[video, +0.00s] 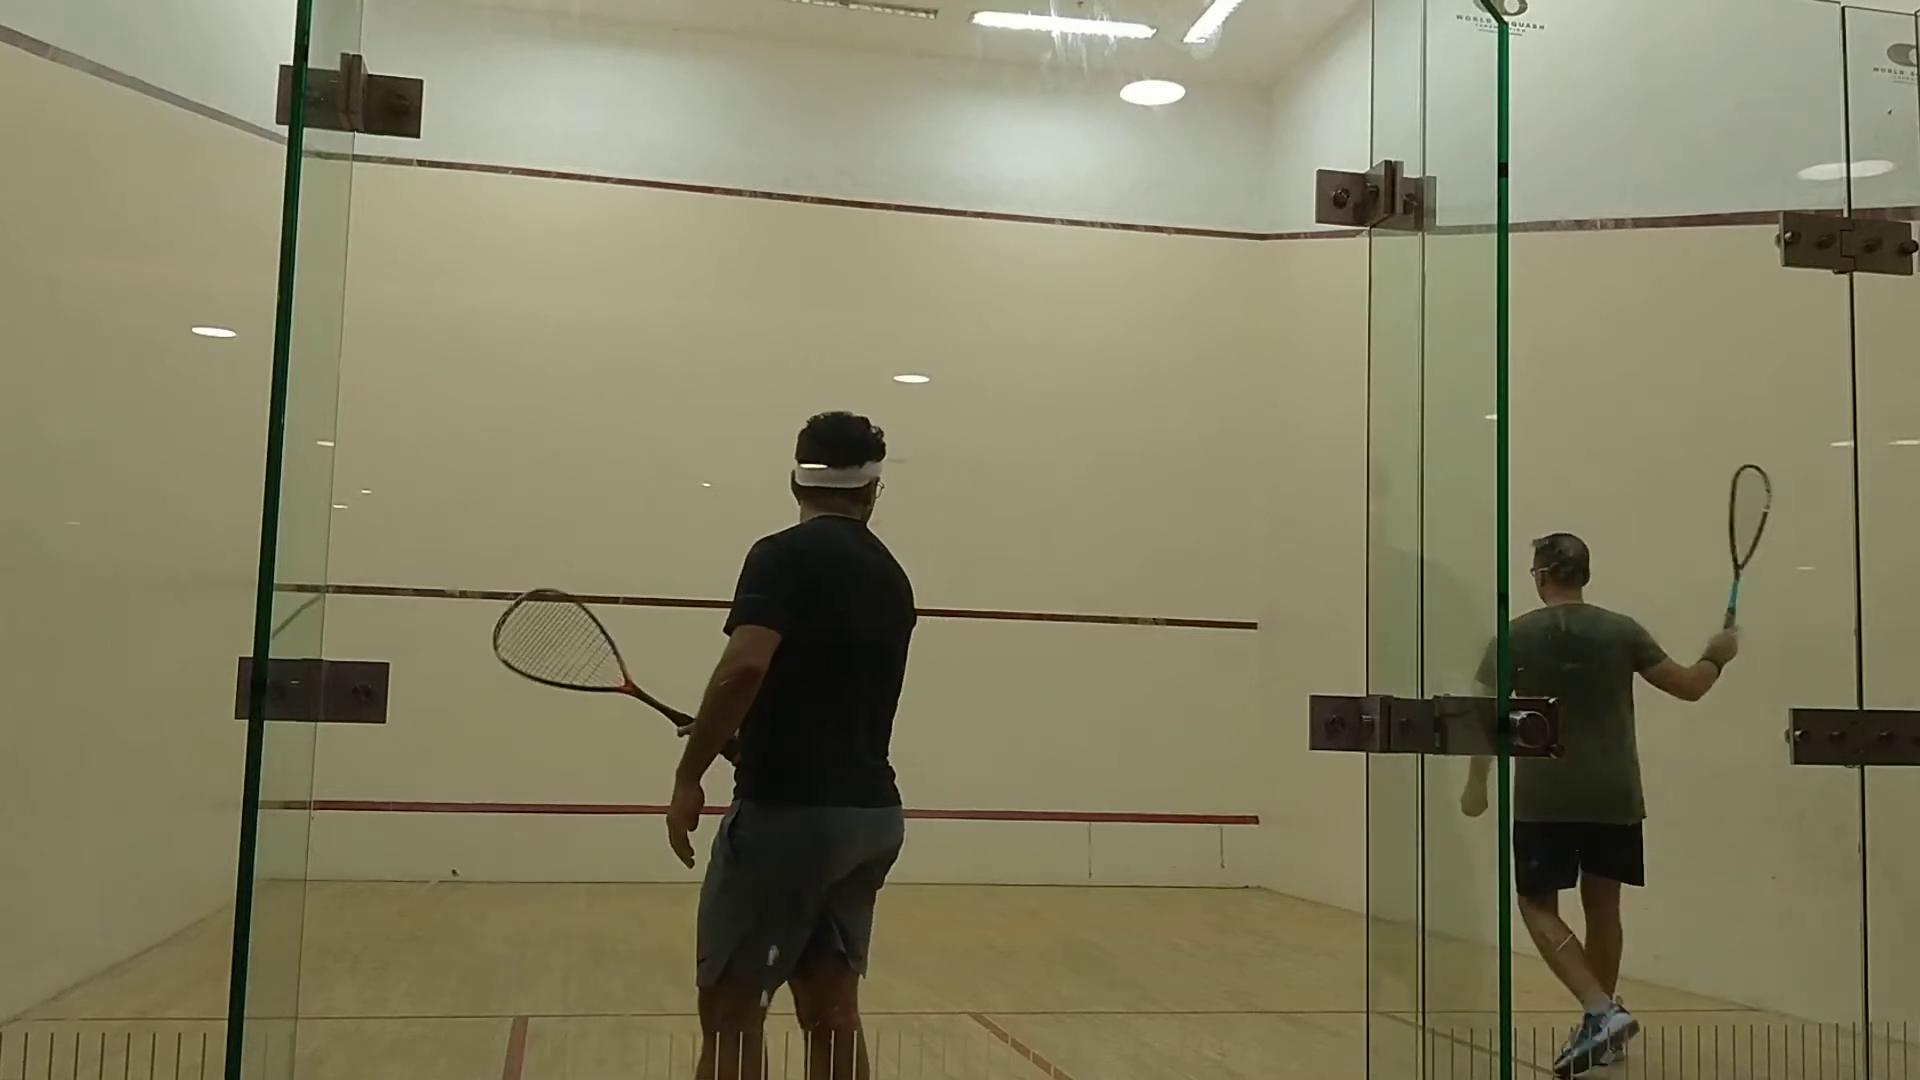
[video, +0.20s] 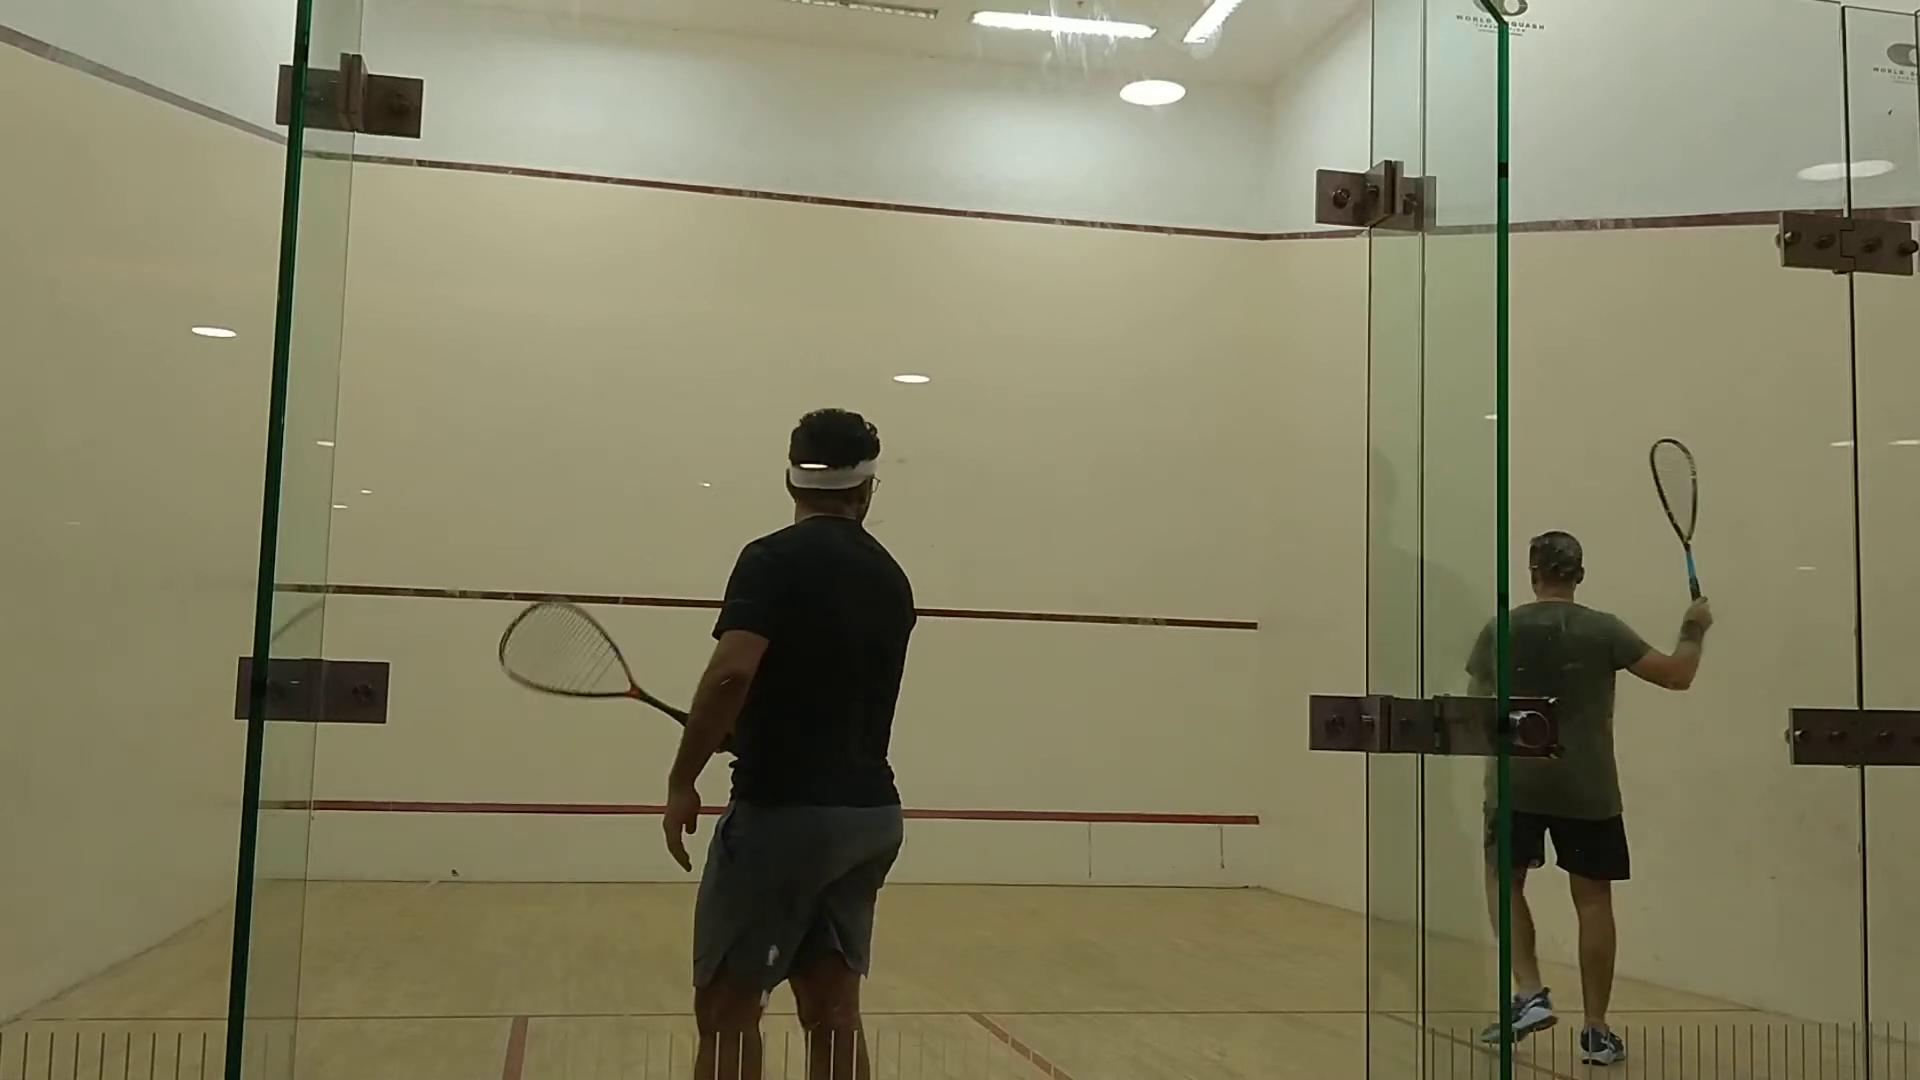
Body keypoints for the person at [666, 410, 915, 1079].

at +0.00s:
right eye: (874, 483)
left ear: (798, 484)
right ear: (874, 491)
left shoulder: (779, 555)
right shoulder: (891, 576)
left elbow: (744, 669)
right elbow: (855, 704)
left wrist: (688, 775)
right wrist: (748, 737)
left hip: (781, 821)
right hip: (871, 819)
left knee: (731, 1009)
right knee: (830, 1003)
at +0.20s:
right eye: (870, 482)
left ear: (792, 483)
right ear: (869, 488)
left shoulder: (769, 558)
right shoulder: (891, 578)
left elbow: (731, 673)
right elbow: (851, 697)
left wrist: (683, 779)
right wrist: (748, 729)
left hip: (776, 823)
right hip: (870, 820)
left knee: (727, 1011)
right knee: (832, 1009)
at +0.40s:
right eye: (864, 479)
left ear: (786, 481)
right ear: (863, 486)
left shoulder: (760, 561)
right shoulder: (895, 579)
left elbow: (716, 672)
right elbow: (858, 701)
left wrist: (666, 776)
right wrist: (763, 746)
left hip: (774, 823)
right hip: (870, 820)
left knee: (726, 1009)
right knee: (833, 1006)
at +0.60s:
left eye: (793, 469)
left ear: (781, 477)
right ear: (859, 482)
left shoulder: (751, 563)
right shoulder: (897, 580)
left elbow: (700, 674)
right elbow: (893, 707)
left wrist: (653, 772)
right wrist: (801, 757)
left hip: (772, 824)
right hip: (871, 821)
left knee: (727, 1012)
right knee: (834, 1004)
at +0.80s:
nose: (781, 476)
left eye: (776, 468)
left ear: (774, 476)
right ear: (854, 479)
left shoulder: (762, 562)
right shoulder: (895, 576)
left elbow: (716, 673)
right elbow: (896, 706)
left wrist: (657, 764)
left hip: (785, 820)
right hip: (876, 819)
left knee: (732, 1006)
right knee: (830, 1002)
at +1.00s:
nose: (765, 478)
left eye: (767, 468)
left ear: (770, 479)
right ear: (850, 481)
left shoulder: (784, 559)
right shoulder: (882, 565)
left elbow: (773, 671)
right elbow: (862, 700)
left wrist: (700, 781)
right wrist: (780, 801)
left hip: (805, 818)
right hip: (883, 816)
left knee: (754, 1007)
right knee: (832, 1006)